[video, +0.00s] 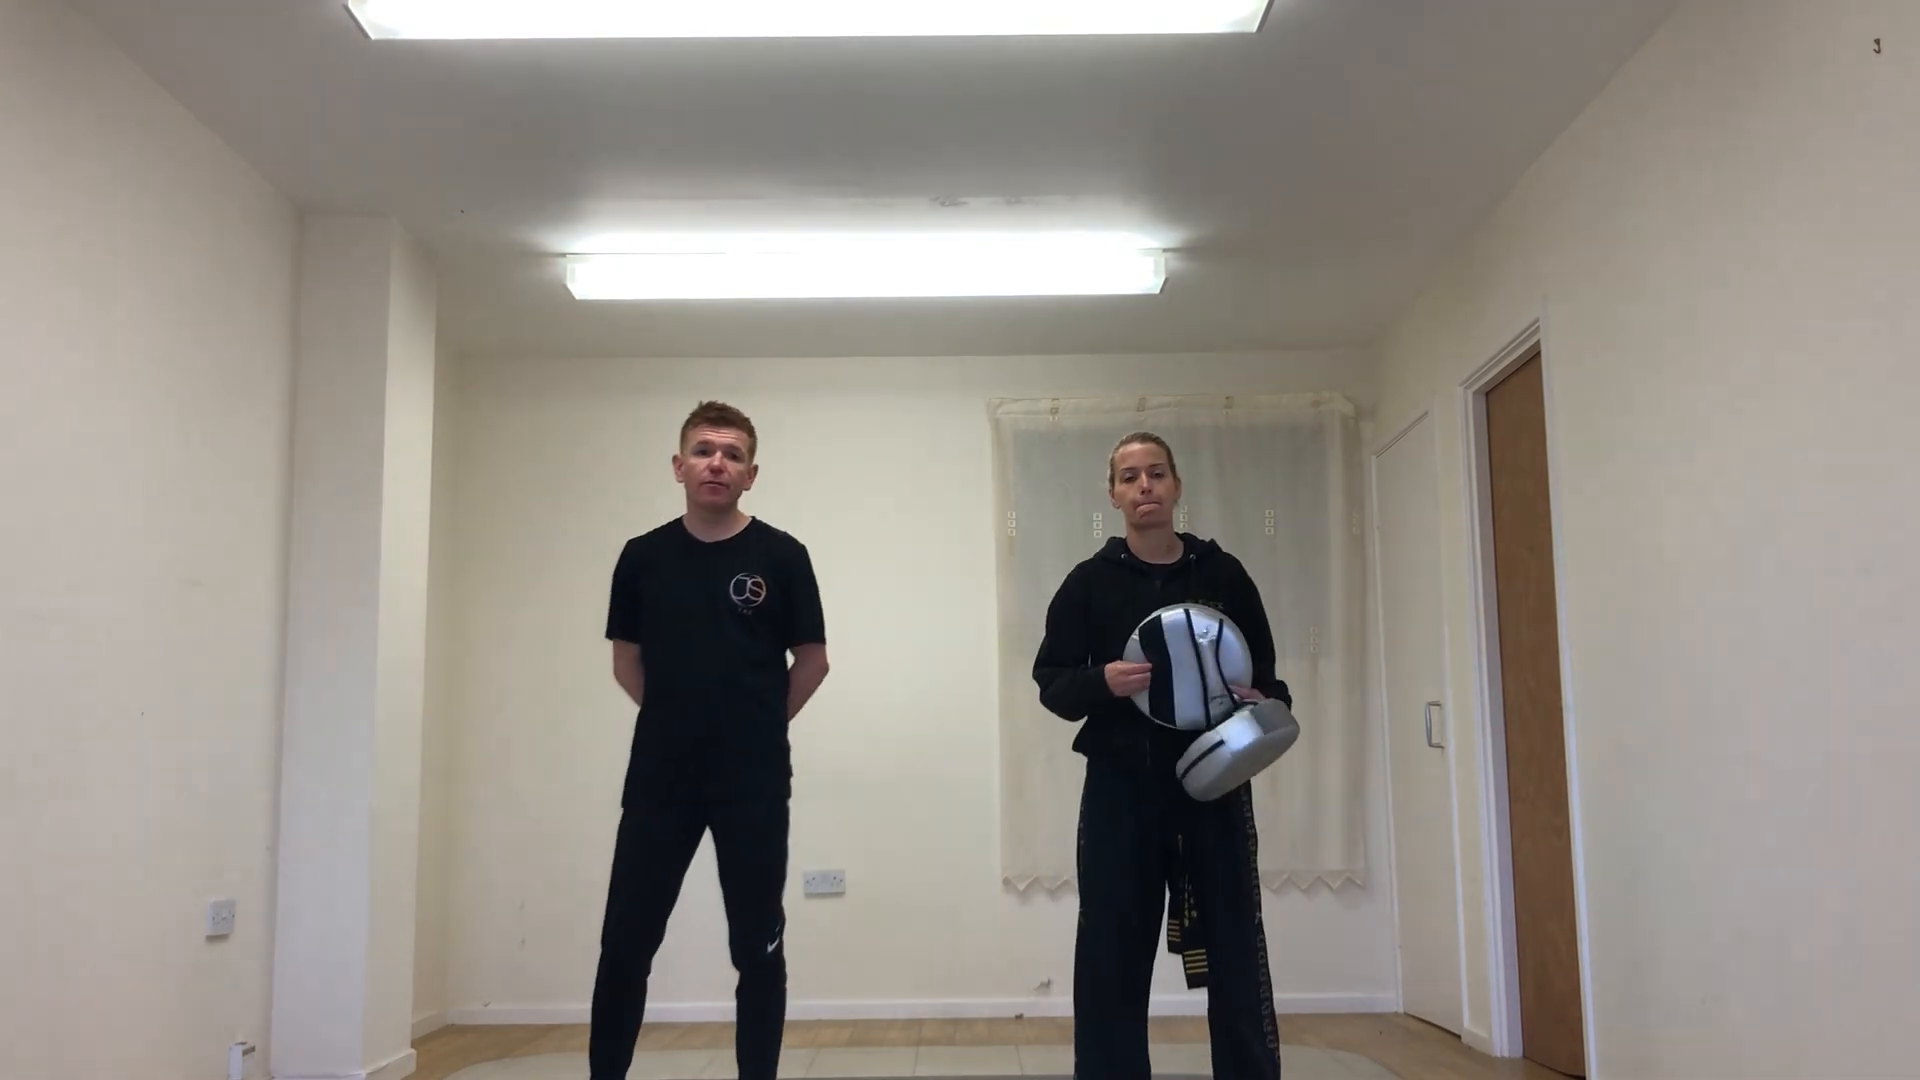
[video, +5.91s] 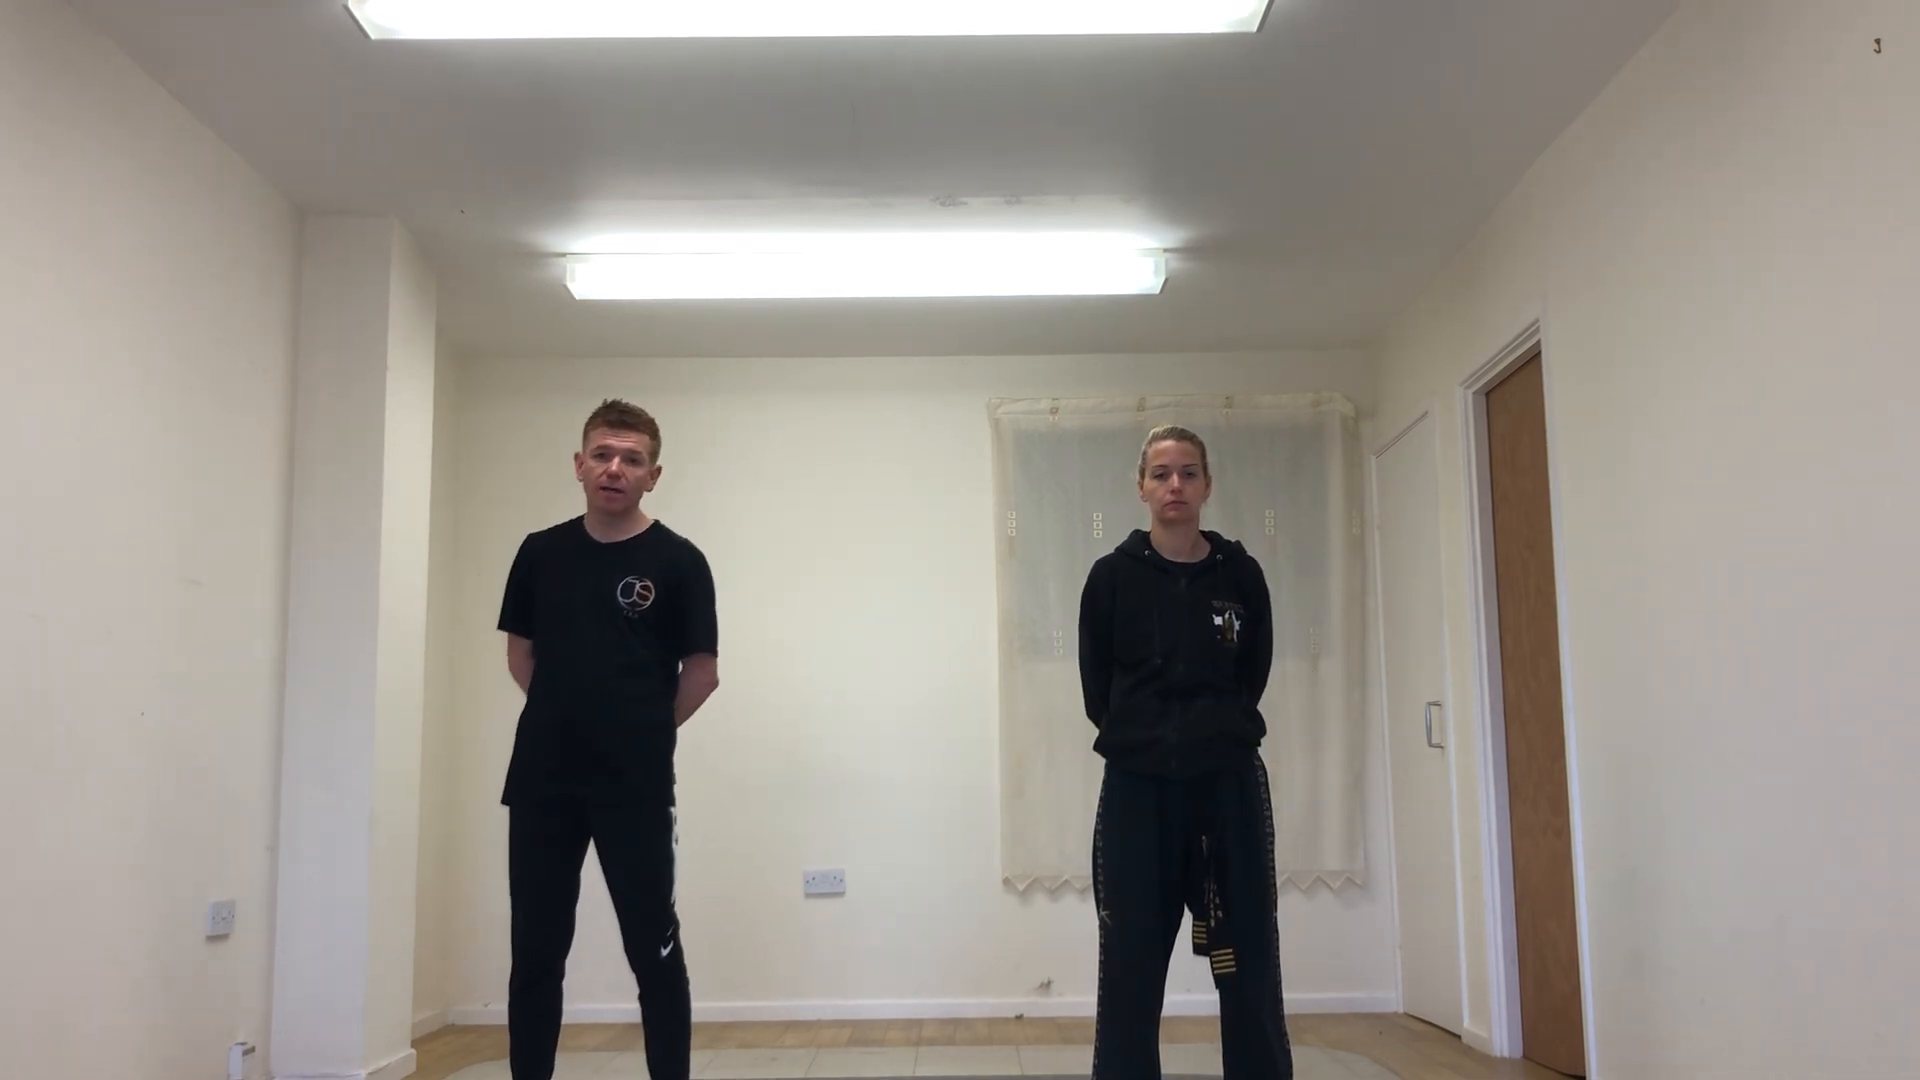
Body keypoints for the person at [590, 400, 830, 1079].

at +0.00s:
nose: (717, 463)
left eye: (733, 454)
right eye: (704, 451)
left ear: (750, 473)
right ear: (680, 466)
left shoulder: (782, 555)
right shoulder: (642, 554)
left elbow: (812, 661)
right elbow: (626, 665)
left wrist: (762, 721)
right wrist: (677, 715)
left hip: (751, 769)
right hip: (663, 767)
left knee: (759, 949)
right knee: (624, 946)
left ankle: (757, 1077)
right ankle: (605, 1076)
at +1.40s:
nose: (621, 470)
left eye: (636, 460)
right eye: (607, 458)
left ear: (656, 475)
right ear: (586, 472)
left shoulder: (687, 561)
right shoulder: (546, 555)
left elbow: (709, 669)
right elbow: (525, 662)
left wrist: (654, 721)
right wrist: (576, 714)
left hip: (647, 771)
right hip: (559, 771)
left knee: (656, 932)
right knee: (558, 945)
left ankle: (701, 1074)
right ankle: (563, 1076)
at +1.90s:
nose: (630, 478)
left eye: (632, 465)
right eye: (616, 466)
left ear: (629, 470)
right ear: (566, 472)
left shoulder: (649, 556)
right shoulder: (509, 563)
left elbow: (686, 654)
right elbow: (477, 668)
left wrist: (729, 747)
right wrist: (534, 730)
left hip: (642, 777)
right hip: (553, 781)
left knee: (648, 941)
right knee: (555, 947)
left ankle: (654, 1075)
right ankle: (562, 1075)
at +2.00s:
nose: (639, 480)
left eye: (641, 467)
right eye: (625, 467)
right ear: (574, 471)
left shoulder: (648, 557)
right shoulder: (512, 560)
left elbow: (697, 649)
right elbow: (473, 667)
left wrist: (776, 686)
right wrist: (530, 733)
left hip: (643, 778)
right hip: (554, 784)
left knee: (656, 944)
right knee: (555, 949)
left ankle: (662, 1075)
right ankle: (561, 1075)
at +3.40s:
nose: (666, 463)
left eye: (681, 454)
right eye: (653, 451)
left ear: (699, 475)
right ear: (627, 466)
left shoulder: (718, 567)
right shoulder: (575, 546)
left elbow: (730, 678)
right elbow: (538, 654)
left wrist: (669, 718)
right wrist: (588, 712)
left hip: (672, 780)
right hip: (581, 774)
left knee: (678, 954)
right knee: (554, 952)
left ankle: (678, 1077)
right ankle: (536, 1075)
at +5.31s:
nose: (635, 465)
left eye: (650, 457)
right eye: (622, 452)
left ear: (665, 476)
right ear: (593, 464)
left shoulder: (689, 562)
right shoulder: (544, 553)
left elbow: (708, 673)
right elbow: (516, 661)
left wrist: (648, 719)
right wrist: (568, 716)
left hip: (650, 778)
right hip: (558, 775)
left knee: (663, 951)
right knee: (541, 952)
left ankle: (673, 1076)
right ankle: (532, 1076)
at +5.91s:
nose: (614, 469)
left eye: (631, 459)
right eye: (602, 455)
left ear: (652, 475)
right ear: (580, 465)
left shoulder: (680, 561)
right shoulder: (539, 551)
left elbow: (701, 674)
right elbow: (521, 659)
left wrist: (643, 726)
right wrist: (572, 714)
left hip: (634, 780)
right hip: (545, 777)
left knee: (654, 951)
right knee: (535, 953)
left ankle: (671, 1076)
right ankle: (529, 1076)